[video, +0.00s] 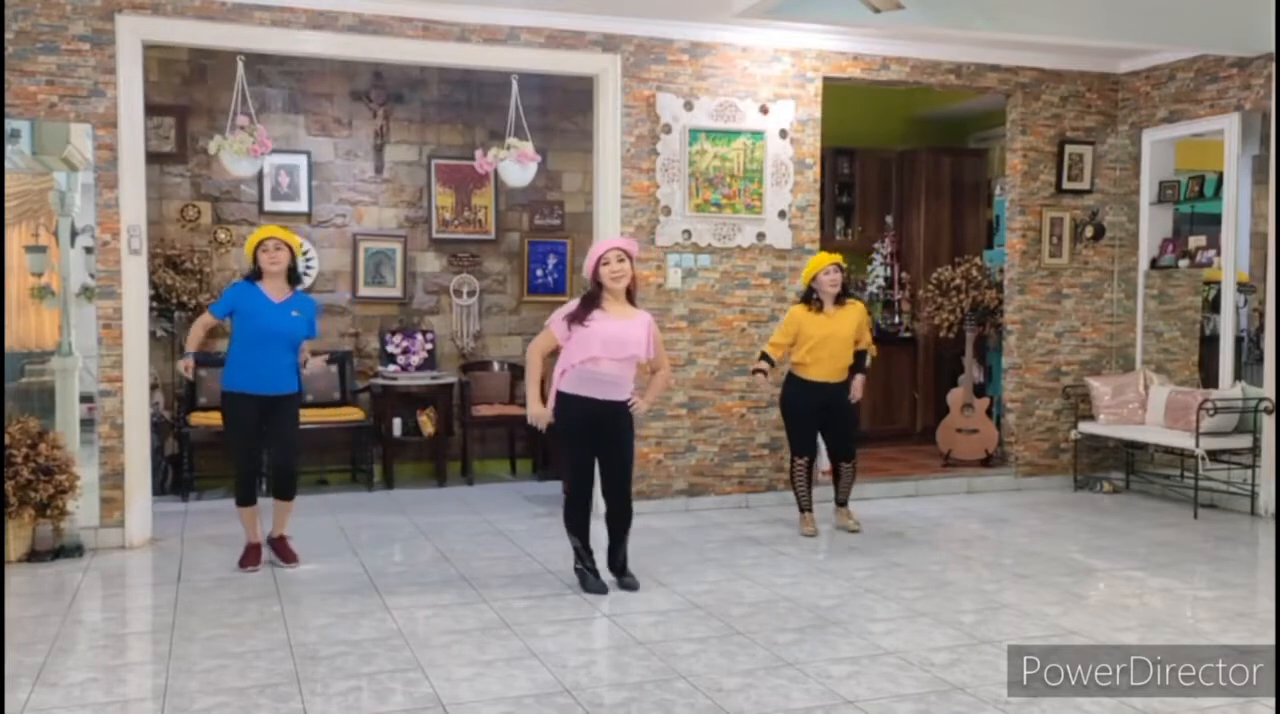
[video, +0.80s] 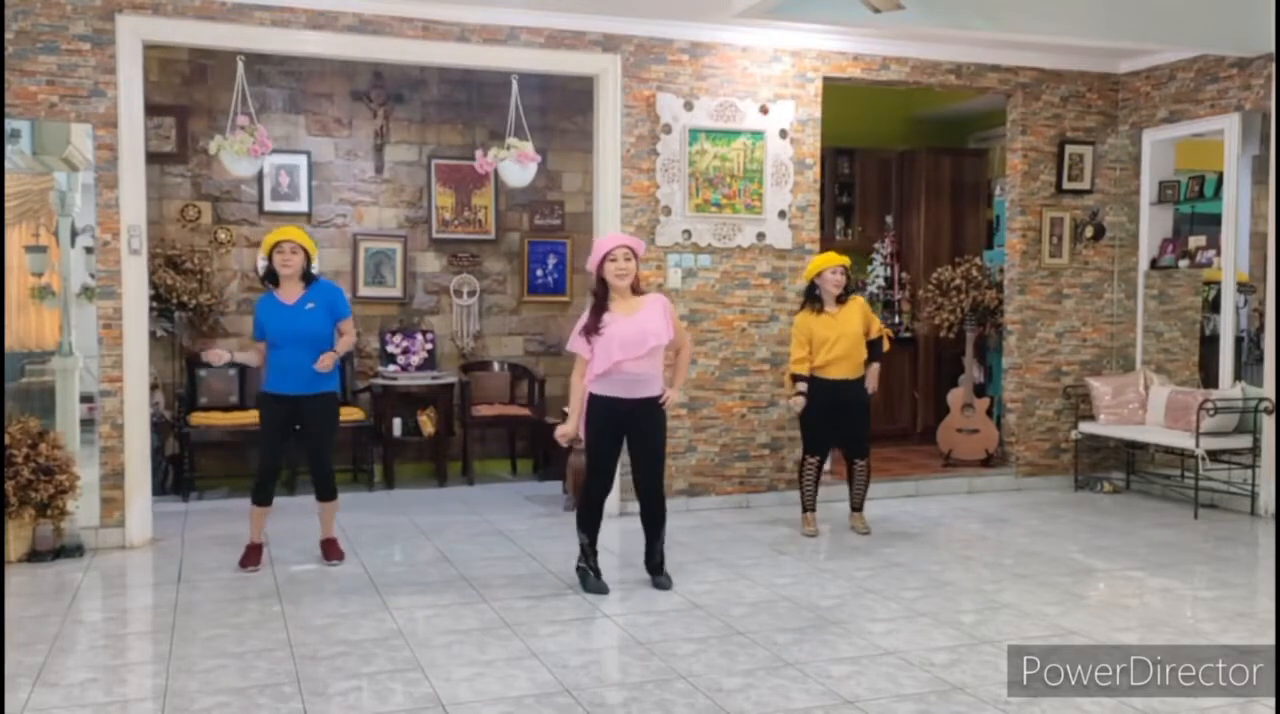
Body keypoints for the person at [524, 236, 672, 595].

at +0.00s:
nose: (615, 268)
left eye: (621, 261)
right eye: (607, 264)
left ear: (632, 270)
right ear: (596, 273)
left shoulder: (643, 321)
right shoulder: (577, 312)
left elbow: (664, 370)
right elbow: (536, 349)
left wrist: (645, 399)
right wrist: (534, 402)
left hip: (617, 411)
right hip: (573, 408)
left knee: (620, 494)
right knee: (579, 490)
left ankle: (619, 563)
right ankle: (584, 564)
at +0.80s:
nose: (621, 266)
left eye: (627, 259)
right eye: (612, 260)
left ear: (637, 267)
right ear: (600, 269)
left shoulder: (658, 305)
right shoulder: (595, 314)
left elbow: (683, 345)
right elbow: (580, 371)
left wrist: (676, 386)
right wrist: (572, 420)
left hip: (649, 407)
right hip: (603, 407)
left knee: (651, 488)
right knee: (597, 486)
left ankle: (656, 562)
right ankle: (587, 561)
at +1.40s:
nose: (648, 268)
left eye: (654, 262)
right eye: (640, 262)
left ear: (663, 270)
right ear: (626, 270)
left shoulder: (679, 305)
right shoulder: (617, 319)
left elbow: (708, 342)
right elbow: (607, 376)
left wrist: (713, 389)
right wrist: (626, 408)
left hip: (680, 406)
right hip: (639, 408)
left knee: (672, 488)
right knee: (640, 488)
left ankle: (659, 563)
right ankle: (635, 560)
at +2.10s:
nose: (646, 265)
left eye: (652, 258)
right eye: (638, 259)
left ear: (663, 267)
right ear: (625, 269)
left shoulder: (668, 317)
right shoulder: (610, 312)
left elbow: (670, 373)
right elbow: (581, 361)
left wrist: (683, 421)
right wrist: (576, 415)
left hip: (655, 410)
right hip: (612, 409)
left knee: (656, 492)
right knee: (613, 490)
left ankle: (656, 563)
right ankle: (605, 562)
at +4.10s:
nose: (640, 267)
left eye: (647, 261)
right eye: (632, 261)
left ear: (656, 270)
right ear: (620, 271)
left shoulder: (662, 313)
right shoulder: (610, 313)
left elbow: (662, 368)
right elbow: (588, 367)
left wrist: (684, 403)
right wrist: (608, 417)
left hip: (663, 408)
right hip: (627, 408)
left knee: (658, 490)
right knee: (647, 488)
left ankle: (646, 566)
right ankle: (612, 557)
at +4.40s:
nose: (639, 264)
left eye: (645, 258)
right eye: (630, 259)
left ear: (655, 267)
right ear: (618, 269)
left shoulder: (658, 315)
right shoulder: (606, 310)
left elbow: (653, 370)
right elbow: (571, 354)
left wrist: (667, 412)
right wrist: (569, 413)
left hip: (650, 410)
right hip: (611, 411)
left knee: (648, 494)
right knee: (612, 492)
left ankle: (643, 565)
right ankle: (600, 565)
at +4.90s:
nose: (633, 271)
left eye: (639, 264)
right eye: (624, 266)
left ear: (650, 271)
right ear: (613, 276)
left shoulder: (660, 322)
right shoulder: (597, 315)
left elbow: (659, 378)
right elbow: (565, 358)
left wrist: (660, 425)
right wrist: (539, 402)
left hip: (633, 413)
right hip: (591, 408)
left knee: (623, 491)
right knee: (594, 487)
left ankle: (621, 563)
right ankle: (597, 564)